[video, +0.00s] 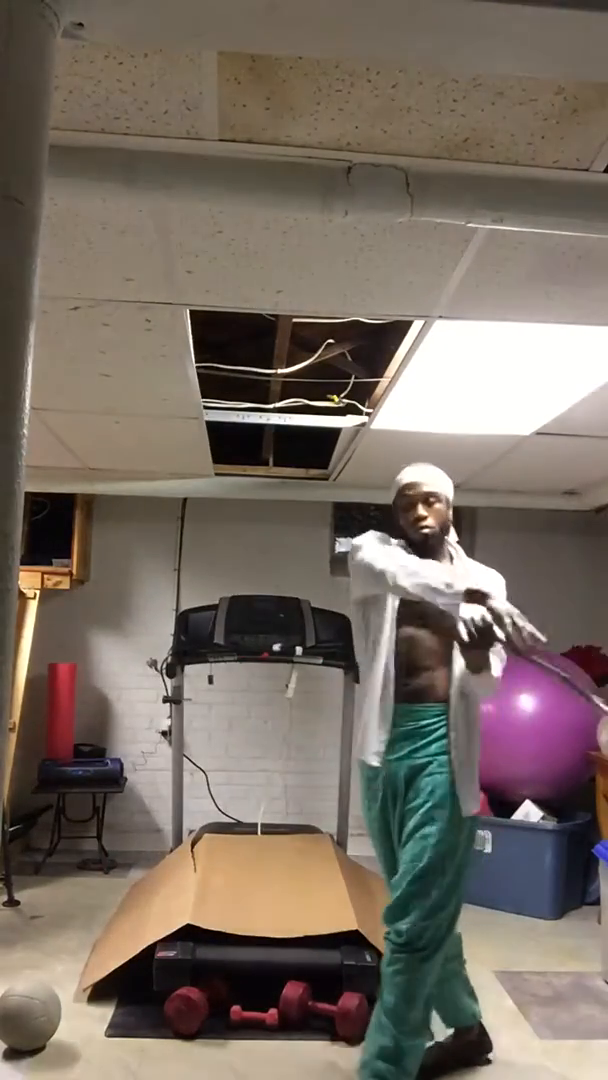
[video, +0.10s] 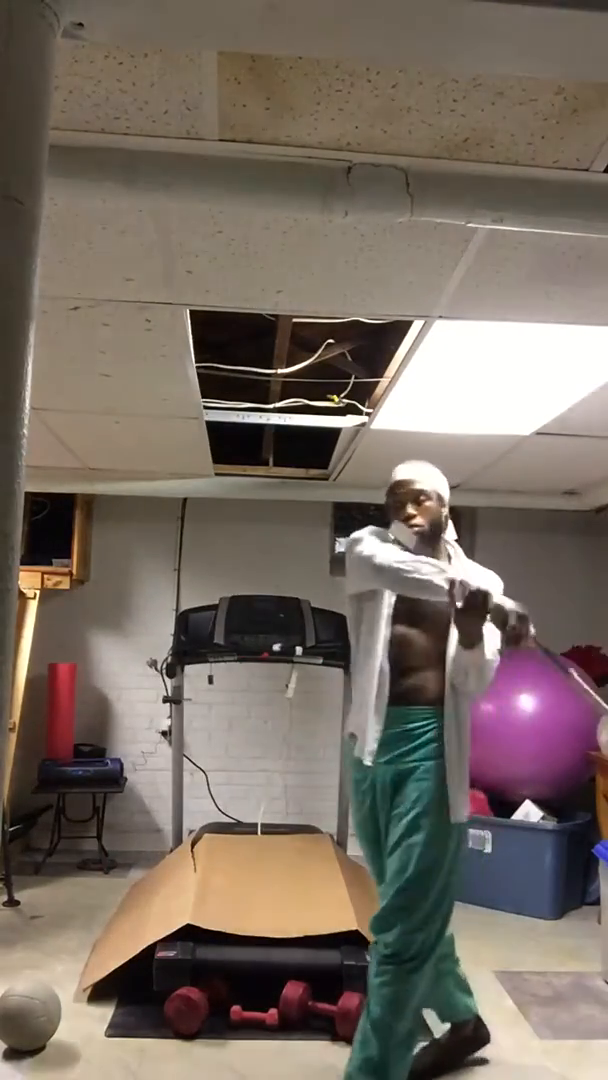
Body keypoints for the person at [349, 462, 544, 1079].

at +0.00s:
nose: (424, 510)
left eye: (433, 500)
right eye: (412, 502)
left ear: (452, 510)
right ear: (395, 514)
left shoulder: (478, 580)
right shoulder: (372, 550)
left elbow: (527, 647)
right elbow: (394, 571)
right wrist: (469, 600)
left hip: (444, 734)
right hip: (379, 735)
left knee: (414, 910)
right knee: (414, 898)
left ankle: (385, 1069)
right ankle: (466, 1028)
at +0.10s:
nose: (414, 507)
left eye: (425, 497)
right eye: (404, 500)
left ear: (448, 507)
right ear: (389, 512)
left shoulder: (475, 580)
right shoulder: (371, 548)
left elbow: (476, 686)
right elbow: (366, 558)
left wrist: (470, 628)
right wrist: (491, 600)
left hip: (432, 742)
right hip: (369, 741)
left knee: (401, 921)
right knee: (403, 899)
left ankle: (372, 1072)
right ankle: (463, 1022)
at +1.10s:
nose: (281, 523)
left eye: (290, 506)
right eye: (277, 511)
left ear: (340, 497)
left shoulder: (422, 546)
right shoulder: (285, 580)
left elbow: (475, 622)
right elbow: (232, 673)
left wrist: (386, 644)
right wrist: (296, 634)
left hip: (425, 767)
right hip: (336, 772)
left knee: (413, 980)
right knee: (335, 988)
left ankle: (391, 1070)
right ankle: (348, 1070)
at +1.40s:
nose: (223, 578)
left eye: (230, 559)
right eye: (220, 562)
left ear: (275, 550)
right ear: (261, 555)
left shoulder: (386, 579)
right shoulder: (257, 642)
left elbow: (379, 702)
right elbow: (251, 745)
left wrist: (285, 818)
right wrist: (203, 823)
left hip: (424, 824)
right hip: (333, 835)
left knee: (412, 1035)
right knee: (328, 1041)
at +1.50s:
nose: (194, 599)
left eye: (203, 579)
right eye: (192, 583)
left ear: (252, 570)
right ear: (248, 574)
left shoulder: (367, 592)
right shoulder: (241, 663)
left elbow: (356, 731)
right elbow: (220, 790)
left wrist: (250, 844)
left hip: (417, 844)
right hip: (325, 857)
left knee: (401, 1058)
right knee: (313, 1059)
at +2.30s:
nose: (53, 506)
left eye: (69, 485)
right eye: (47, 486)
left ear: (124, 480)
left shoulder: (207, 545)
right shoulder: (118, 570)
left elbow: (213, 729)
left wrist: (78, 776)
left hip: (301, 835)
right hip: (226, 832)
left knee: (236, 1053)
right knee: (174, 1045)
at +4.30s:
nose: (92, 530)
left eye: (96, 517)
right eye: (79, 517)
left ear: (93, 519)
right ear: (36, 520)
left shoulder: (80, 587)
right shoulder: (18, 590)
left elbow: (111, 685)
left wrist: (84, 756)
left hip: (28, 796)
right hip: (6, 798)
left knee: (21, 911)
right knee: (20, 909)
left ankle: (17, 1020)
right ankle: (18, 1012)